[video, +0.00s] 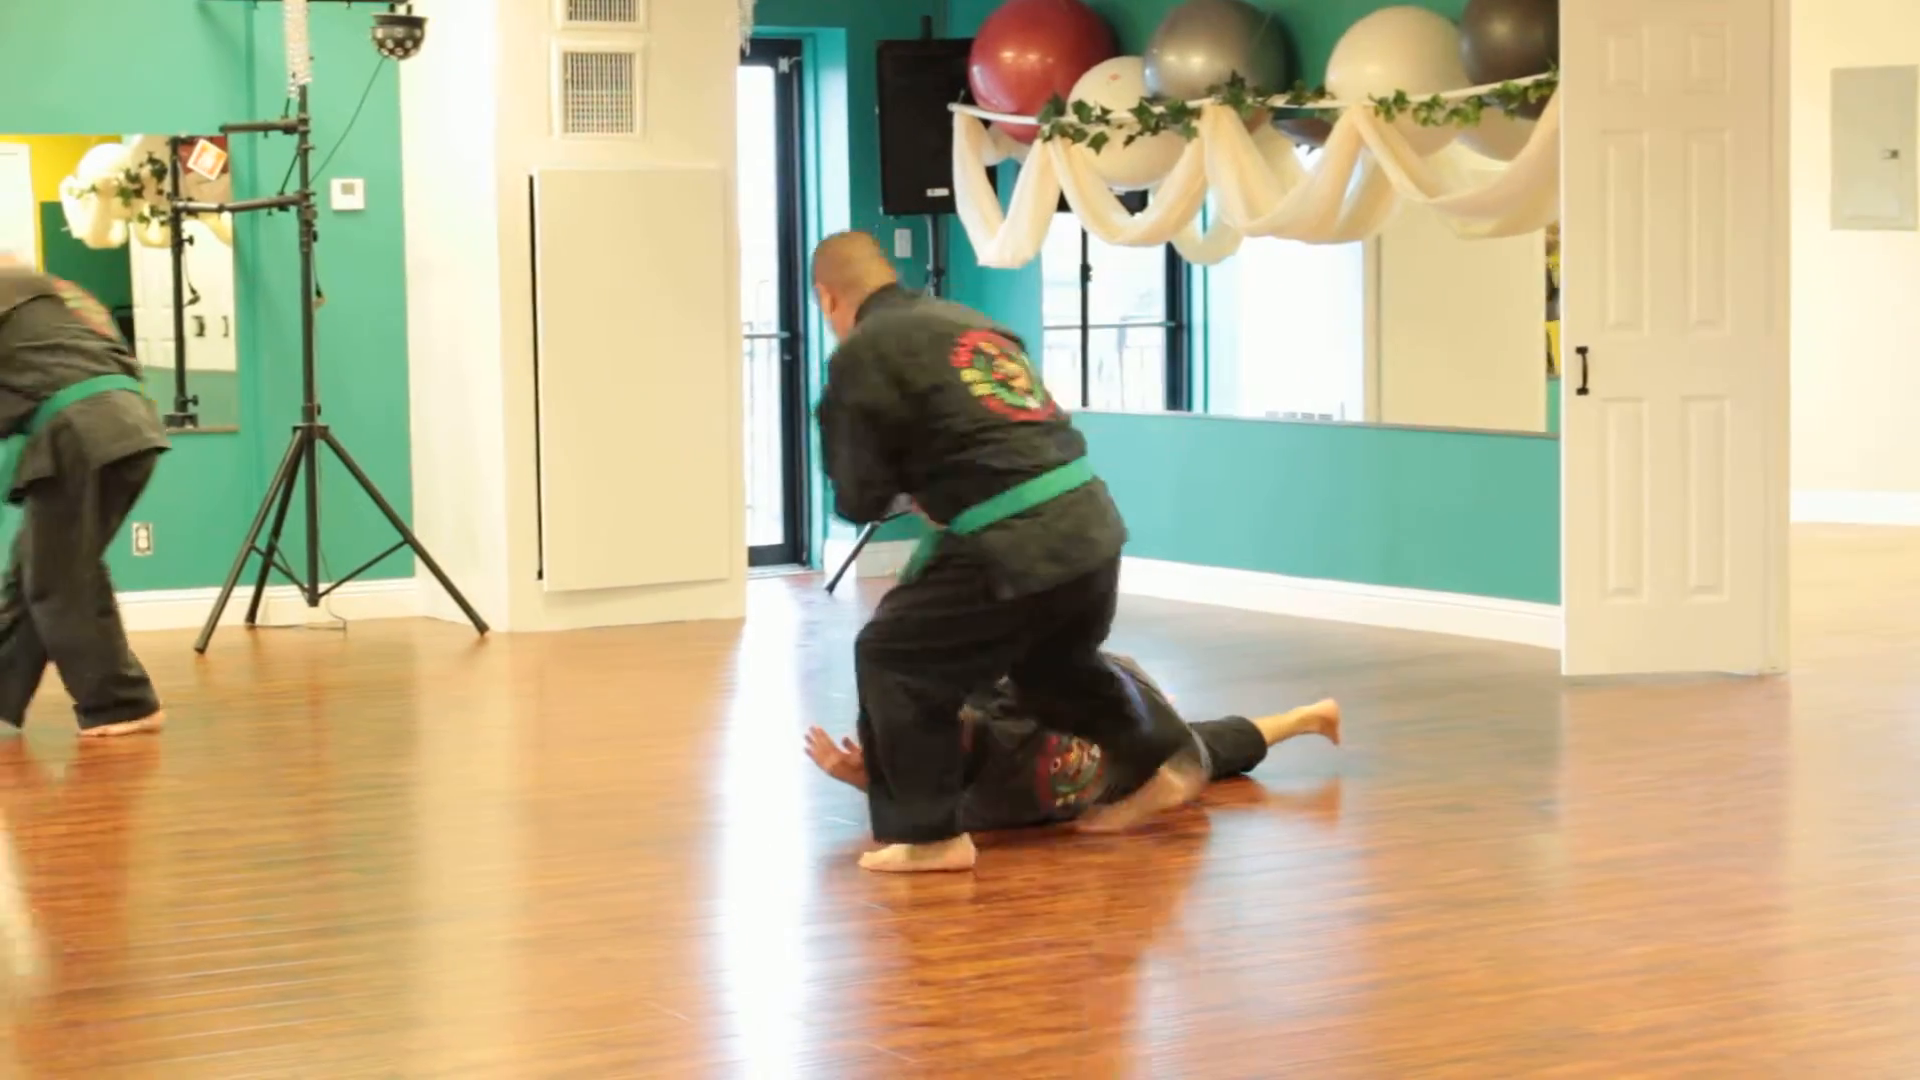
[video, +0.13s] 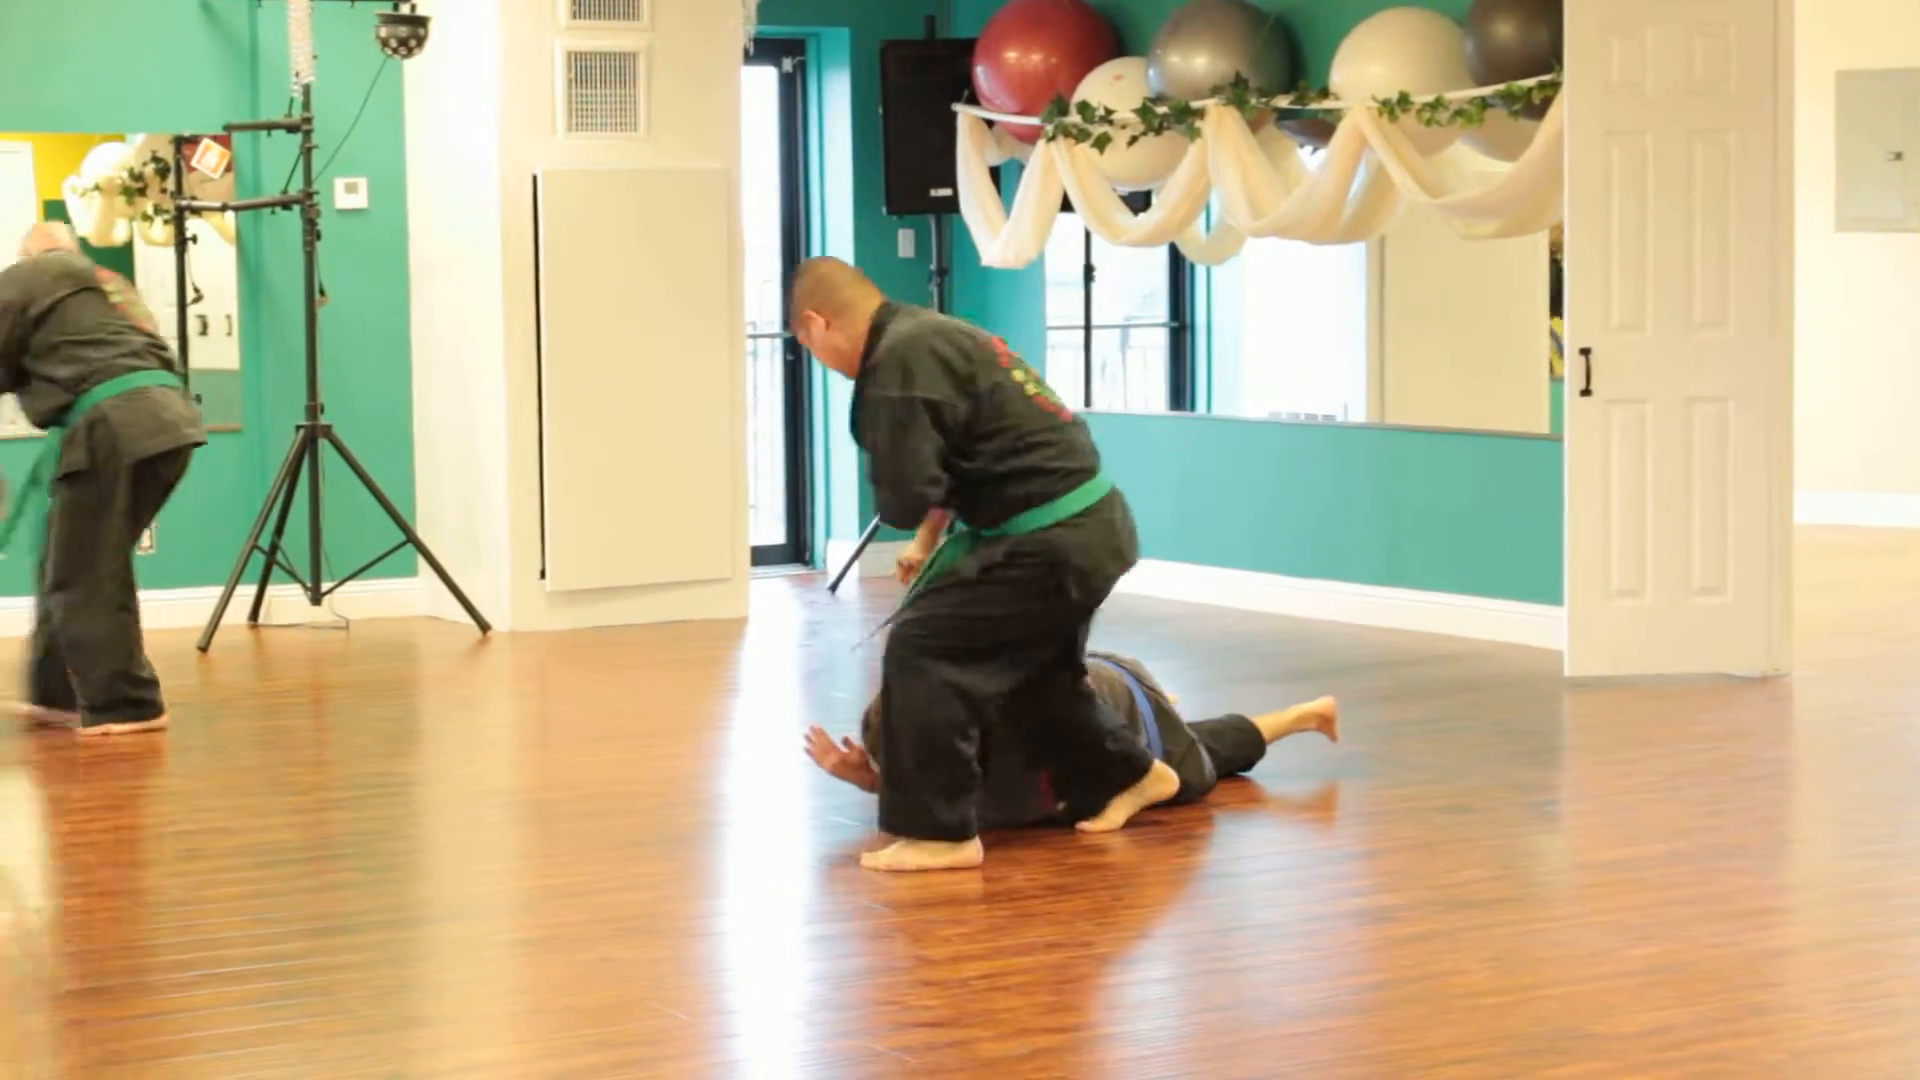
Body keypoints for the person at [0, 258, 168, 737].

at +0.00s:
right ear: (17, 267)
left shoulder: (8, 292)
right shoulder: (53, 293)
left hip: (79, 435)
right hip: (137, 429)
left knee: (56, 578)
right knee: (30, 580)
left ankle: (120, 703)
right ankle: (3, 708)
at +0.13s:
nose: (22, 254)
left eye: (24, 249)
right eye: (28, 248)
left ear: (30, 250)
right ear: (73, 249)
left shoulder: (22, 277)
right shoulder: (107, 281)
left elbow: (6, 371)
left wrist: (35, 379)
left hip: (113, 429)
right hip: (174, 423)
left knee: (80, 572)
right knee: (80, 560)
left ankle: (126, 702)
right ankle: (57, 693)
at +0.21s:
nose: (41, 248)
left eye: (44, 241)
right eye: (47, 238)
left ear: (48, 243)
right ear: (94, 239)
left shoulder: (36, 276)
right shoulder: (128, 270)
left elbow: (24, 386)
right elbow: (172, 331)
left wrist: (41, 460)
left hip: (135, 423)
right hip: (196, 414)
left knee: (100, 566)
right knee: (125, 563)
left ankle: (123, 703)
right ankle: (138, 695)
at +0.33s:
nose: (77, 236)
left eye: (79, 228)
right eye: (81, 227)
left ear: (88, 228)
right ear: (132, 226)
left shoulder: (78, 261)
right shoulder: (165, 259)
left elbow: (65, 366)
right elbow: (206, 324)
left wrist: (89, 431)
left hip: (168, 415)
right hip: (230, 405)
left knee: (127, 562)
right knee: (197, 551)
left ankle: (135, 706)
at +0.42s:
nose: (95, 247)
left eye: (96, 239)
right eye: (94, 240)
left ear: (112, 232)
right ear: (150, 225)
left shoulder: (108, 265)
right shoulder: (190, 263)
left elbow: (87, 369)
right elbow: (230, 333)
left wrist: (106, 438)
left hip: (191, 420)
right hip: (254, 411)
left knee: (138, 562)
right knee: (239, 553)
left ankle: (137, 708)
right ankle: (289, 684)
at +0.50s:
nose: (122, 258)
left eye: (122, 249)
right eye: (120, 249)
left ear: (137, 238)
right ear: (175, 231)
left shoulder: (140, 274)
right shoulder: (218, 269)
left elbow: (112, 376)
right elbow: (262, 335)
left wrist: (118, 455)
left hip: (223, 423)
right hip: (285, 415)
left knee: (151, 557)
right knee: (254, 551)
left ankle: (136, 706)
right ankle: (295, 684)